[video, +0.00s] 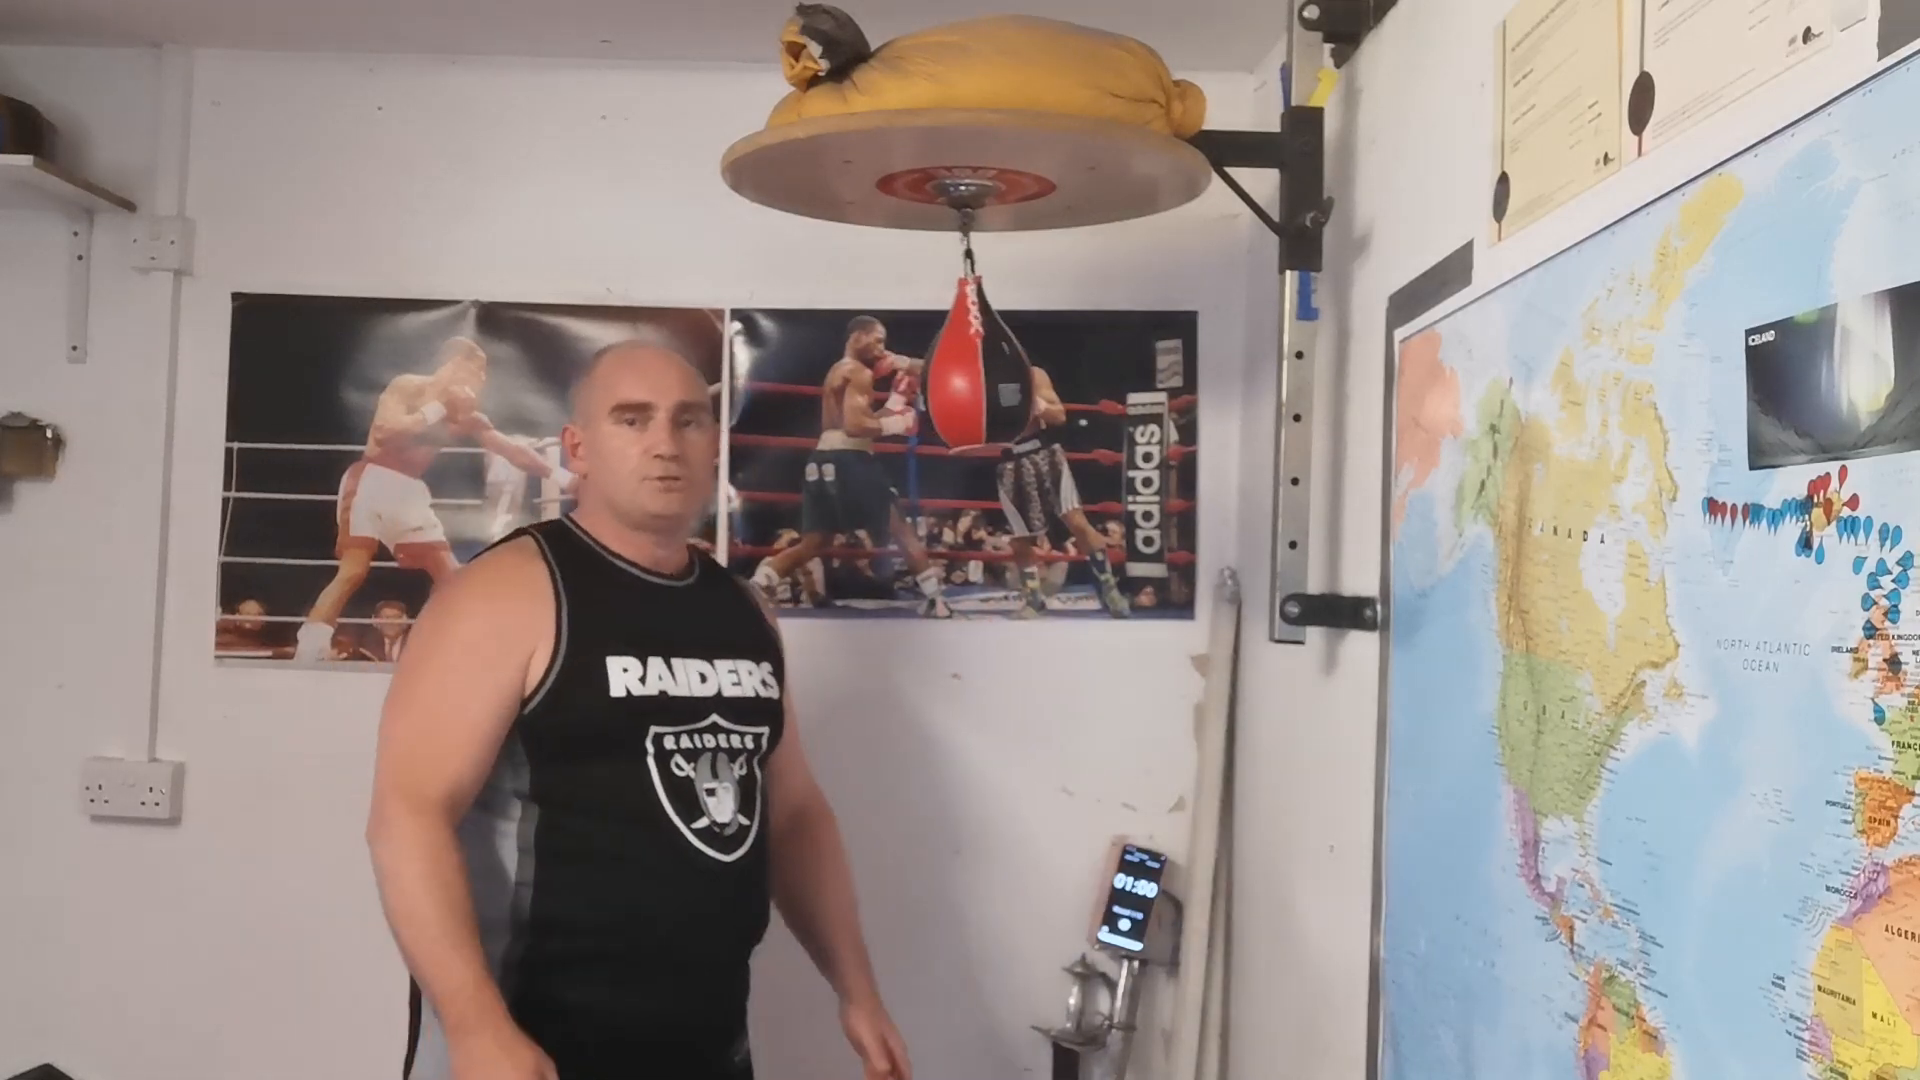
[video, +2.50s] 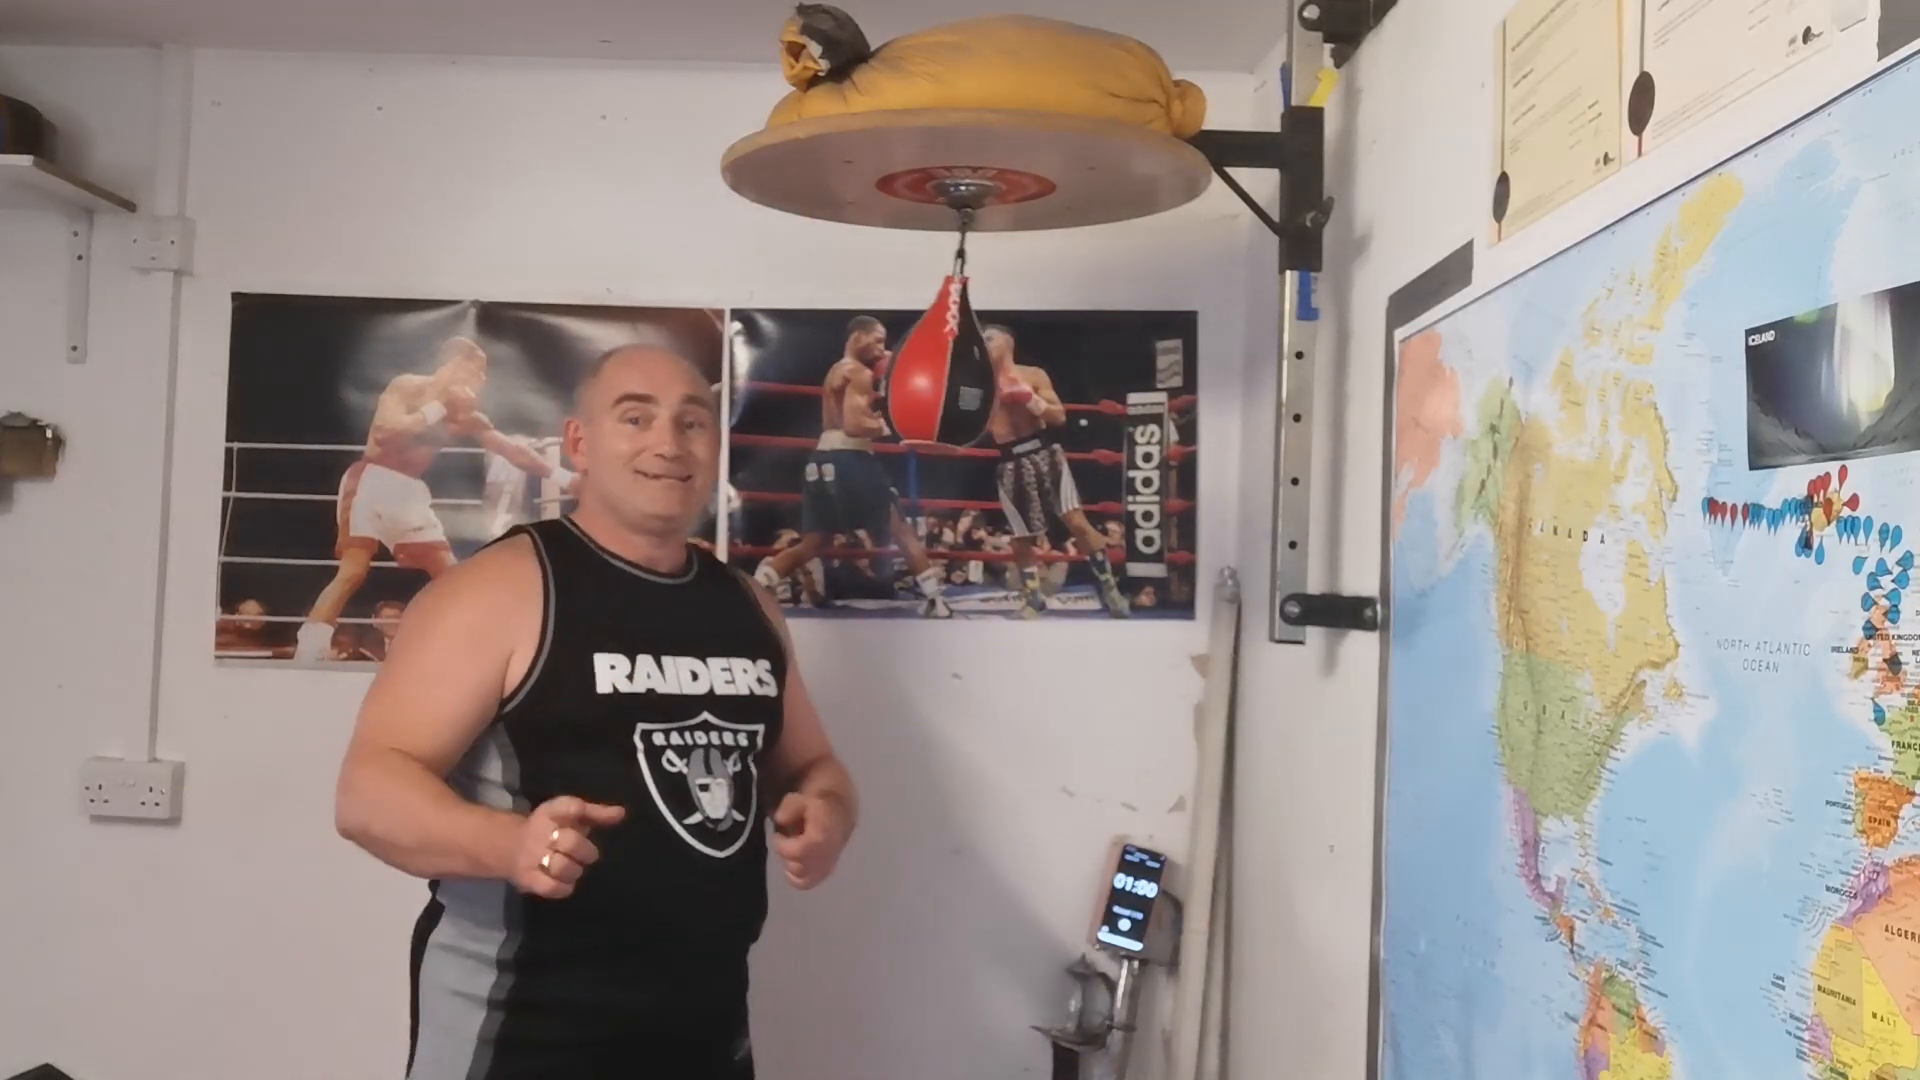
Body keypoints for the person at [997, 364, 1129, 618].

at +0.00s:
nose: (1003, 360)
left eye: (1006, 353)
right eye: (995, 357)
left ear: (1015, 354)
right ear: (988, 363)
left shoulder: (1034, 376)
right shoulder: (983, 386)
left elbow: (1059, 416)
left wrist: (1041, 407)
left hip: (1047, 455)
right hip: (1011, 463)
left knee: (1076, 522)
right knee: (1020, 536)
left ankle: (1109, 588)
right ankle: (1032, 598)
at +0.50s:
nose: (985, 345)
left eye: (991, 339)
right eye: (982, 341)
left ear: (1009, 344)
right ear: (980, 350)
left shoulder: (1033, 375)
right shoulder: (981, 385)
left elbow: (1059, 416)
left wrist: (1033, 400)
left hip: (1046, 457)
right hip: (1011, 465)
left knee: (1076, 522)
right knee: (1021, 538)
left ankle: (1109, 588)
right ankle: (1032, 598)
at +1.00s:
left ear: (1018, 356)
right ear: (991, 363)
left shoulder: (1035, 376)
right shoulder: (983, 385)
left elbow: (1059, 416)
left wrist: (1041, 405)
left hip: (1047, 455)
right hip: (1011, 464)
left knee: (1076, 522)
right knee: (1021, 537)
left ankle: (1110, 590)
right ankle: (1032, 600)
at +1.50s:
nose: (985, 346)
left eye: (991, 340)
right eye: (982, 342)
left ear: (1009, 344)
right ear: (981, 351)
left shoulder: (1034, 375)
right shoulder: (986, 386)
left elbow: (1059, 417)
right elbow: (986, 427)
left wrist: (1033, 401)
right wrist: (963, 445)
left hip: (1046, 457)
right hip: (1011, 465)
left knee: (1075, 522)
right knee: (1021, 538)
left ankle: (1109, 589)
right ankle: (1032, 599)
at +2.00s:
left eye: (1007, 353)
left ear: (1016, 354)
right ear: (989, 363)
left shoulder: (1035, 376)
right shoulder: (982, 386)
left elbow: (1059, 416)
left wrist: (1042, 407)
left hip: (1047, 454)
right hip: (1011, 463)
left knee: (1076, 522)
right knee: (1021, 536)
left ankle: (1109, 589)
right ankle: (1032, 599)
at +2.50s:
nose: (986, 346)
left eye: (992, 339)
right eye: (983, 341)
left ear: (1009, 343)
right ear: (981, 350)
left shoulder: (1033, 375)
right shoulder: (982, 385)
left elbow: (1059, 416)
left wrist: (1031, 399)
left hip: (1046, 456)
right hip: (1011, 465)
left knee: (1076, 522)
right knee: (1021, 539)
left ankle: (1109, 588)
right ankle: (1032, 598)